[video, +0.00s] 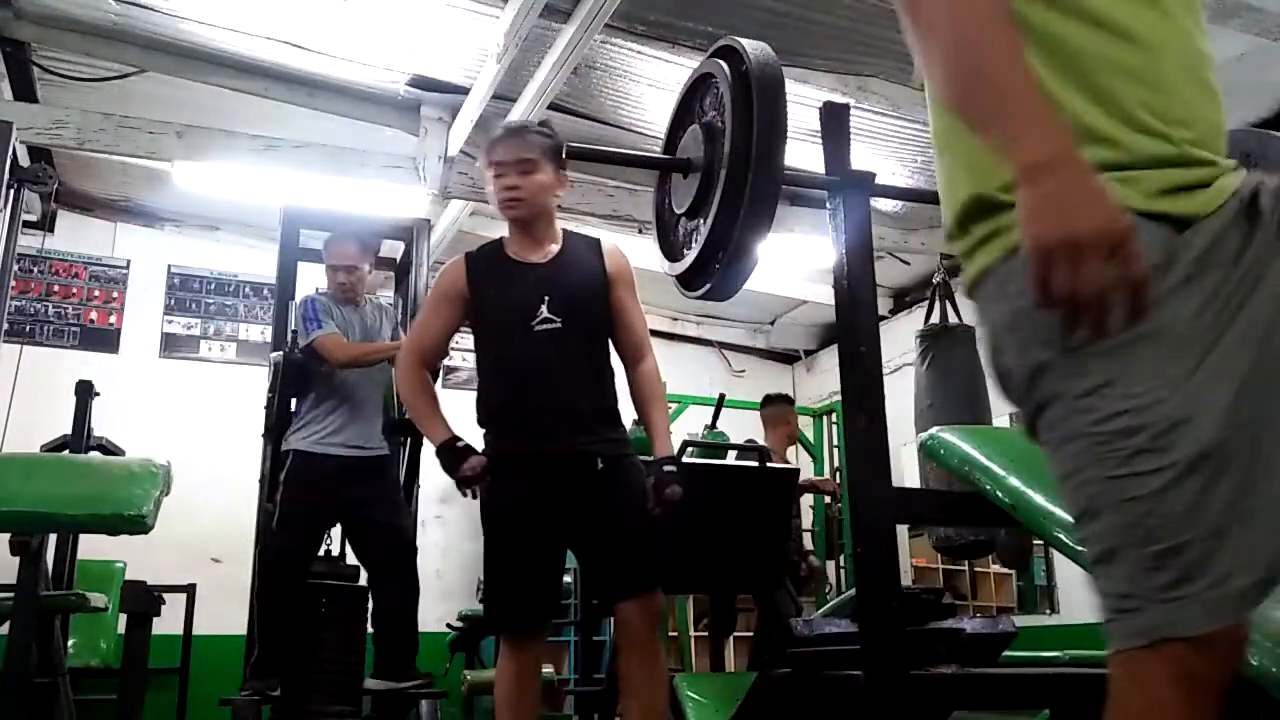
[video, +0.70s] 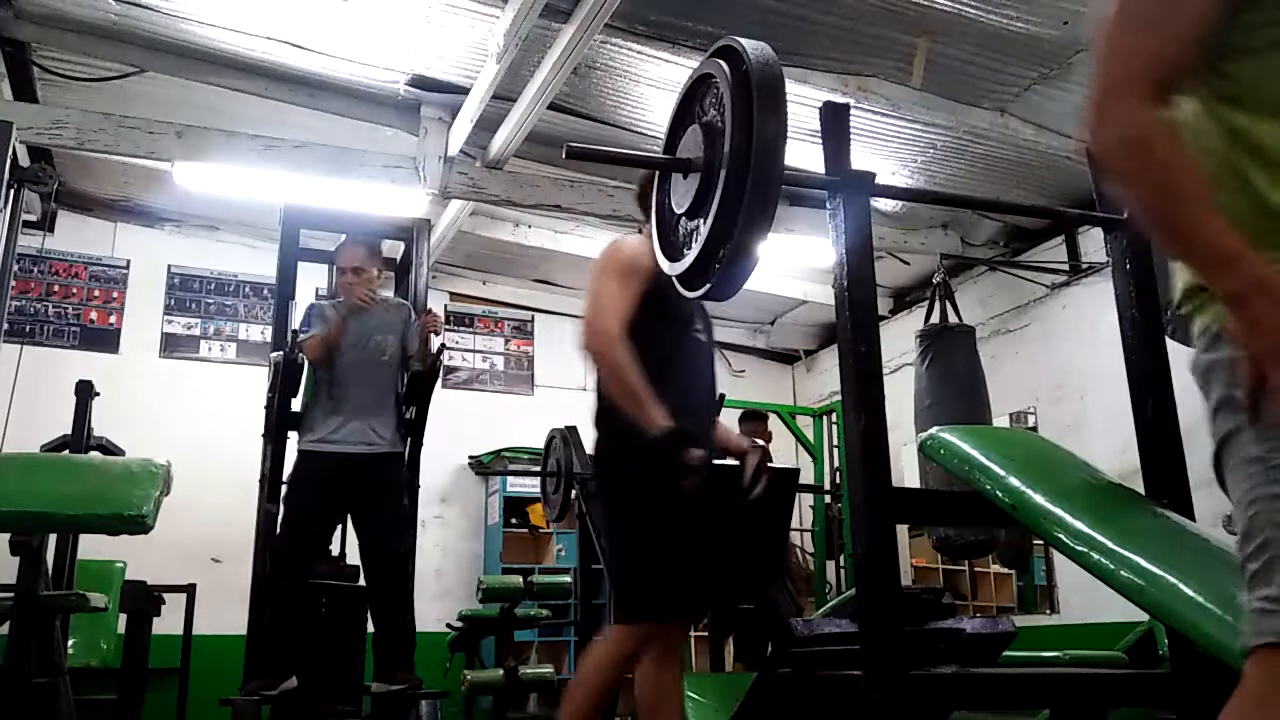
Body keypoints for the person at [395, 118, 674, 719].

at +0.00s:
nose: (507, 183)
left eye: (524, 170)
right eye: (496, 173)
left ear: (560, 180)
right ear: (486, 183)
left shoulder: (605, 262)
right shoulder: (466, 274)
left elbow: (640, 360)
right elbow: (410, 366)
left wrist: (663, 457)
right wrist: (451, 448)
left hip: (604, 470)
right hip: (515, 474)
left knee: (642, 615)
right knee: (520, 637)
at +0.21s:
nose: (583, 184)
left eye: (592, 175)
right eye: (567, 171)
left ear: (601, 187)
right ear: (533, 180)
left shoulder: (624, 273)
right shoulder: (491, 270)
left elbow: (651, 370)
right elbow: (436, 364)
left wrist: (676, 459)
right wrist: (472, 450)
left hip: (616, 473)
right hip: (532, 475)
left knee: (645, 625)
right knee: (531, 639)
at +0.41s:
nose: (644, 192)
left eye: (646, 183)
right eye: (629, 179)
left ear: (645, 196)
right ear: (588, 187)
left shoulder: (656, 286)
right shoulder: (544, 264)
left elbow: (671, 384)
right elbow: (487, 349)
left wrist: (701, 464)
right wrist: (531, 435)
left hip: (643, 476)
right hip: (569, 474)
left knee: (647, 631)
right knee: (551, 636)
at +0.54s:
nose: (663, 193)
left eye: (667, 182)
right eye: (650, 181)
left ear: (672, 197)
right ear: (620, 194)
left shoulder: (673, 296)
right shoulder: (584, 259)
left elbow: (688, 398)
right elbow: (533, 343)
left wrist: (721, 467)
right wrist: (589, 432)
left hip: (664, 473)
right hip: (597, 468)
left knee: (659, 628)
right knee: (575, 634)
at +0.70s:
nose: (690, 209)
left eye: (693, 199)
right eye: (680, 194)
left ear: (695, 210)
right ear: (658, 200)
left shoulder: (686, 281)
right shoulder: (631, 252)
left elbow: (685, 400)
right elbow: (601, 335)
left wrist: (740, 444)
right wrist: (661, 426)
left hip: (678, 468)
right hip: (633, 465)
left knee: (669, 624)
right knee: (636, 619)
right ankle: (572, 716)